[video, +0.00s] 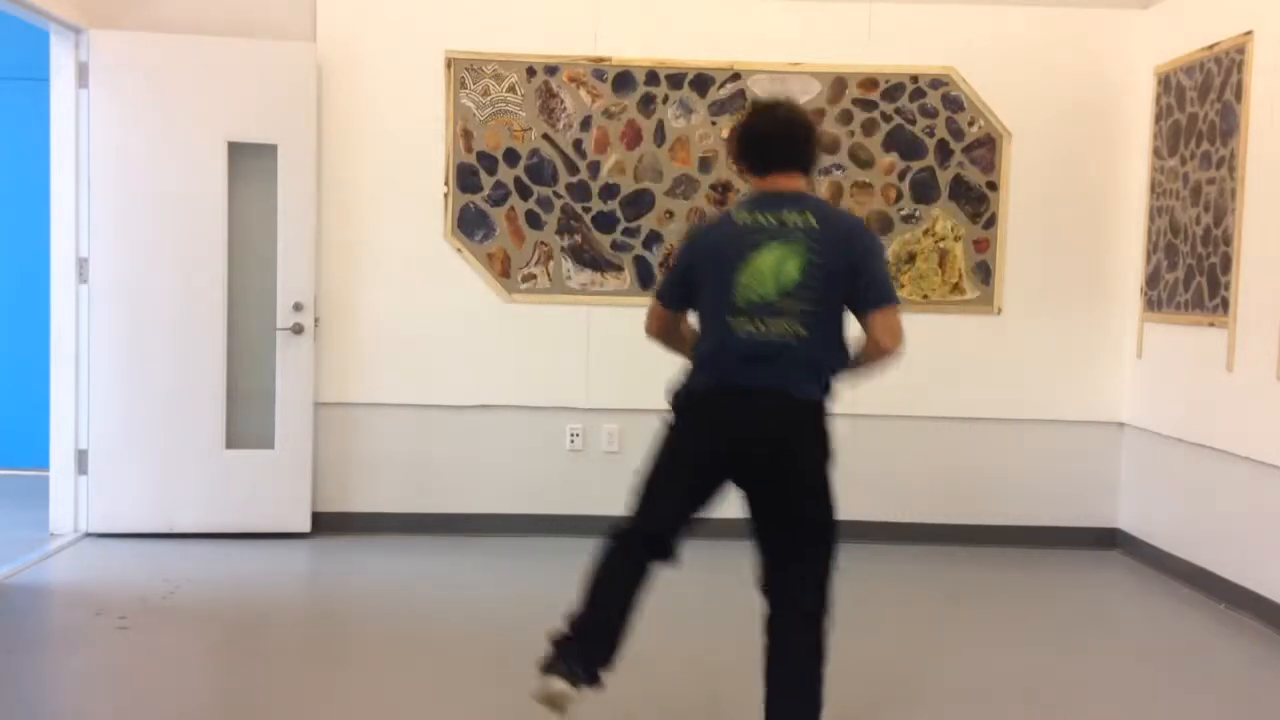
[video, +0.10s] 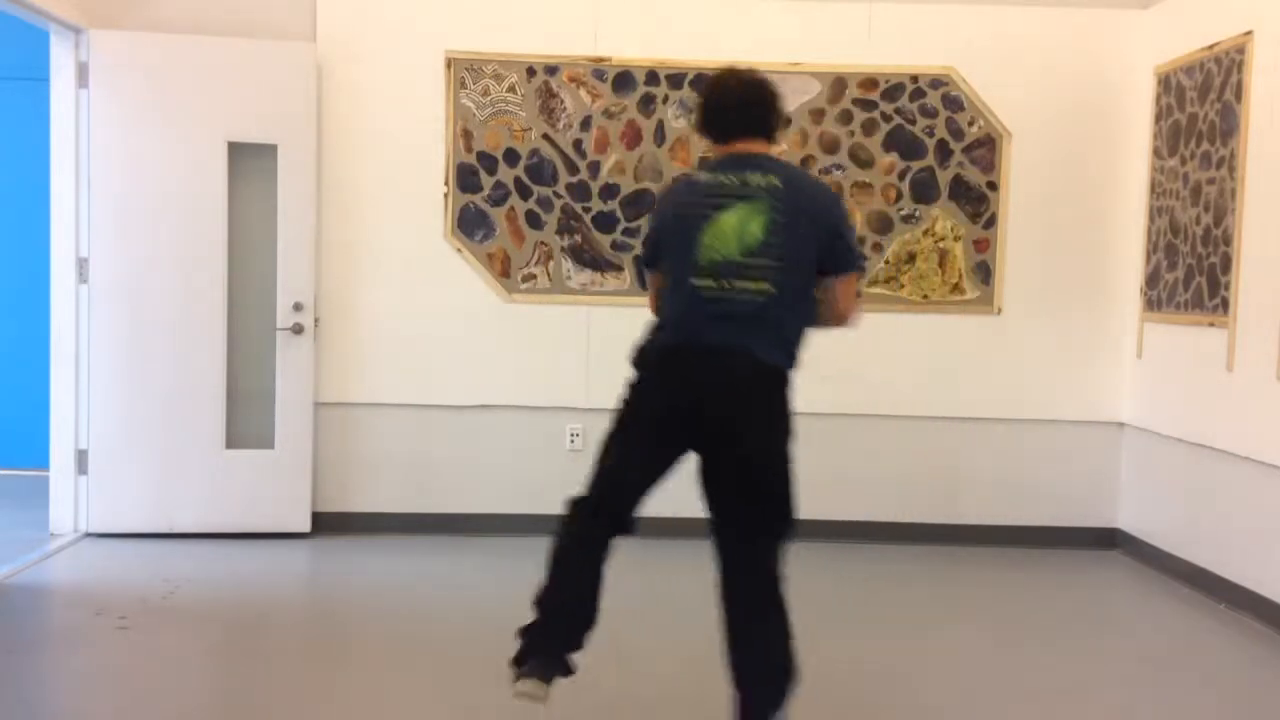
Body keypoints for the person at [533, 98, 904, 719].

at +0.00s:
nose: (741, 169)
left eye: (741, 159)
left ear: (743, 162)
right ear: (810, 159)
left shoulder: (716, 233)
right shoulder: (847, 234)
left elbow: (660, 324)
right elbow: (886, 338)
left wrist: (714, 351)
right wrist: (833, 362)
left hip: (709, 417)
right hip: (791, 424)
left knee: (643, 536)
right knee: (798, 584)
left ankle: (573, 664)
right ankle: (793, 711)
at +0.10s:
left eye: (709, 126)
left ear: (706, 130)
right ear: (776, 127)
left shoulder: (683, 193)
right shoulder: (815, 199)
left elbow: (660, 299)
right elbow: (841, 306)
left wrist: (721, 291)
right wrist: (774, 298)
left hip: (669, 382)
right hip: (753, 393)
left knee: (599, 510)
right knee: (750, 550)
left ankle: (543, 651)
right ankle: (761, 701)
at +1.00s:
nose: (416, 203)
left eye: (416, 194)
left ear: (418, 200)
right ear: (476, 199)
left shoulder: (395, 265)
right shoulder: (507, 272)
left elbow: (325, 335)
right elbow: (539, 366)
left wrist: (276, 312)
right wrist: (555, 439)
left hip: (397, 430)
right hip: (465, 435)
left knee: (351, 543)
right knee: (414, 533)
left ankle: (400, 649)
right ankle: (390, 644)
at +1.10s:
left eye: (409, 183)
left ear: (407, 185)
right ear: (465, 185)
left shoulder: (381, 248)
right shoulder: (497, 248)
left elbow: (324, 337)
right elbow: (531, 337)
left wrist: (318, 357)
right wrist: (532, 413)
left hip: (398, 415)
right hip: (468, 417)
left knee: (364, 529)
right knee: (429, 532)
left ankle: (396, 645)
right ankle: (395, 647)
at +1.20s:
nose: (473, 175)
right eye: (471, 166)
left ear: (406, 168)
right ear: (467, 168)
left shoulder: (369, 225)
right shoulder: (489, 222)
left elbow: (343, 330)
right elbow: (529, 312)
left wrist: (353, 393)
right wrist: (534, 393)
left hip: (394, 394)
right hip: (468, 394)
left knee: (387, 521)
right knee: (462, 517)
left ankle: (380, 663)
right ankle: (451, 635)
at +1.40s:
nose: (496, 219)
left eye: (493, 212)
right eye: (496, 210)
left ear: (434, 201)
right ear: (490, 208)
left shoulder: (385, 254)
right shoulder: (494, 255)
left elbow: (332, 339)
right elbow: (523, 344)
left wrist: (281, 404)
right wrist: (557, 429)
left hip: (386, 418)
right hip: (463, 417)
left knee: (390, 551)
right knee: (514, 539)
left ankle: (383, 685)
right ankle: (565, 660)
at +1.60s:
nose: (555, 209)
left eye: (559, 199)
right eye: (557, 197)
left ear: (501, 173)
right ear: (540, 186)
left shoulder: (434, 201)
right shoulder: (529, 219)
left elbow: (345, 199)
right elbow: (543, 298)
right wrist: (612, 375)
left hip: (409, 381)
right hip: (469, 385)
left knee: (454, 510)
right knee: (492, 523)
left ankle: (400, 619)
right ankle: (452, 676)